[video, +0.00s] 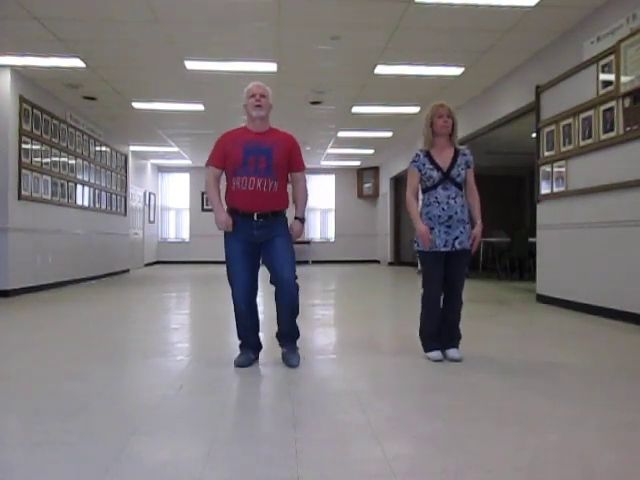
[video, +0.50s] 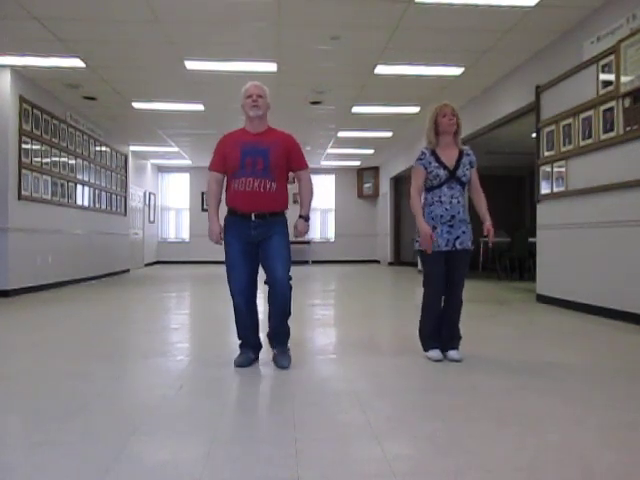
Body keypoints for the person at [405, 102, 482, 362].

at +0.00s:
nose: (445, 121)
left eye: (448, 117)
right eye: (439, 117)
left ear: (453, 123)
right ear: (430, 124)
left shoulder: (464, 156)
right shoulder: (420, 158)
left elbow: (471, 190)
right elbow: (410, 195)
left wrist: (478, 222)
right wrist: (419, 224)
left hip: (460, 231)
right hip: (432, 231)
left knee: (454, 291)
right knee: (433, 290)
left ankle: (451, 343)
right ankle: (432, 344)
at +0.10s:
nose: (443, 121)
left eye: (446, 117)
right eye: (437, 119)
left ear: (453, 123)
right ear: (429, 126)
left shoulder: (465, 155)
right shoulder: (422, 159)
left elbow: (473, 189)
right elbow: (411, 197)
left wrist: (481, 219)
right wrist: (416, 229)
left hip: (458, 230)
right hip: (429, 230)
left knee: (458, 290)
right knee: (429, 290)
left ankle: (452, 343)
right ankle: (431, 344)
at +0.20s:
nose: (444, 123)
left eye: (447, 120)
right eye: (438, 121)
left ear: (452, 126)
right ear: (430, 129)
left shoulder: (466, 158)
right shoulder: (423, 162)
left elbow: (475, 192)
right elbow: (412, 201)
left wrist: (485, 220)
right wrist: (416, 233)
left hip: (458, 232)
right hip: (429, 232)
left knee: (461, 289)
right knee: (426, 291)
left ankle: (451, 343)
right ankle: (430, 343)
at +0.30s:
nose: (446, 123)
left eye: (448, 119)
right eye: (440, 120)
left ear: (454, 125)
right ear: (431, 128)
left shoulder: (467, 157)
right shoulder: (425, 161)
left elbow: (477, 191)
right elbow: (413, 198)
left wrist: (487, 216)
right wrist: (416, 231)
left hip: (458, 232)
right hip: (429, 232)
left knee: (459, 290)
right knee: (427, 291)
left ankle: (451, 344)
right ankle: (430, 343)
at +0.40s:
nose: (448, 119)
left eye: (450, 116)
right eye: (442, 117)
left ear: (456, 122)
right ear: (433, 125)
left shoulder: (468, 155)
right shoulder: (426, 157)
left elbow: (477, 189)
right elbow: (415, 195)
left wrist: (488, 215)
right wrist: (418, 229)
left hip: (460, 230)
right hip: (432, 230)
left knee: (456, 290)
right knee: (431, 289)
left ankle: (451, 343)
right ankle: (431, 343)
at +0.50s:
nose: (450, 119)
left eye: (453, 115)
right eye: (444, 116)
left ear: (458, 122)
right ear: (435, 123)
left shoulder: (467, 155)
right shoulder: (426, 155)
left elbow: (476, 191)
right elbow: (415, 193)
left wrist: (486, 219)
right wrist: (422, 225)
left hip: (460, 229)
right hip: (433, 230)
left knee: (455, 290)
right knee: (434, 289)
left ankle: (451, 343)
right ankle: (431, 343)